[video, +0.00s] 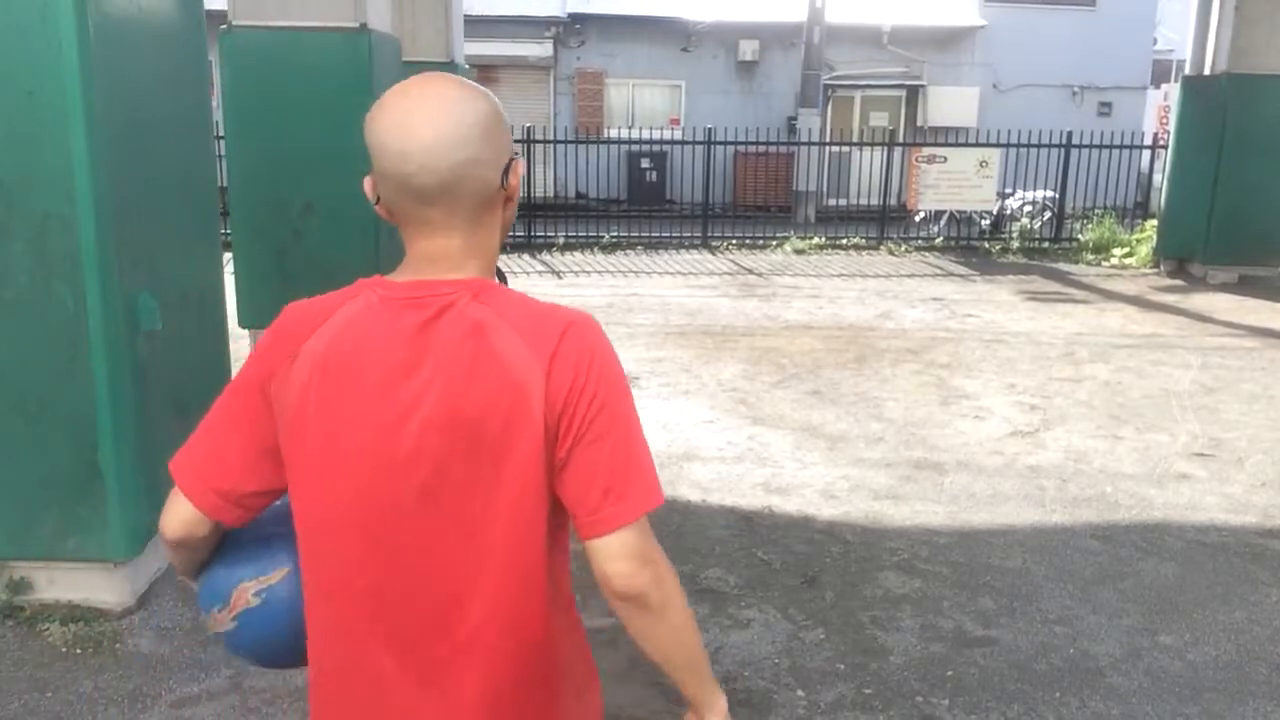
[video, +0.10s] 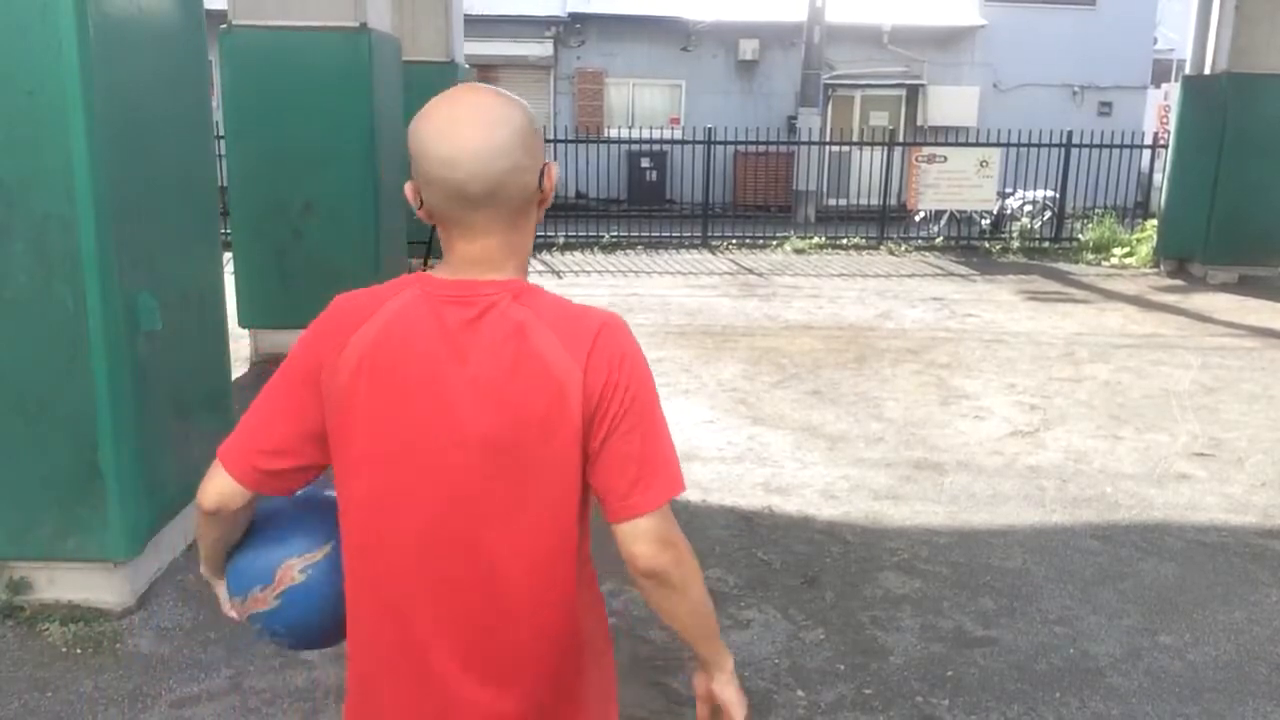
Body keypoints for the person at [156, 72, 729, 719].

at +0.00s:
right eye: (519, 162)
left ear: (376, 196)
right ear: (511, 184)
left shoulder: (302, 336)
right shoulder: (561, 345)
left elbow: (181, 526)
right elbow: (628, 573)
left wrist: (211, 571)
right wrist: (708, 699)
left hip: (352, 704)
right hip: (527, 704)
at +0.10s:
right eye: (554, 165)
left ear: (417, 199)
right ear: (546, 185)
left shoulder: (350, 326)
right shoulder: (593, 342)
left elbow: (221, 497)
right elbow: (649, 547)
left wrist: (213, 566)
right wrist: (715, 663)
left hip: (391, 699)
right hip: (552, 699)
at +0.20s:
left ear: (449, 186)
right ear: (566, 174)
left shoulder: (382, 297)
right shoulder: (613, 311)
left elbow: (244, 444)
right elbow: (658, 502)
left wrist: (226, 534)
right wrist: (686, 587)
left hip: (428, 653)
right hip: (565, 653)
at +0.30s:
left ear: (457, 181)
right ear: (565, 162)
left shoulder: (400, 284)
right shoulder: (618, 293)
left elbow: (262, 421)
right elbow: (655, 467)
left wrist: (236, 502)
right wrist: (639, 520)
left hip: (442, 610)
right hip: (570, 612)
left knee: (437, 703)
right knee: (572, 708)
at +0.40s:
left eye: (450, 169)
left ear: (460, 185)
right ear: (560, 162)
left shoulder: (407, 284)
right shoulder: (616, 290)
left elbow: (290, 426)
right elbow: (648, 451)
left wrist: (246, 497)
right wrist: (581, 477)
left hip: (448, 612)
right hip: (571, 614)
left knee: (442, 704)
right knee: (568, 711)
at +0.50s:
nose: (443, 187)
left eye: (445, 177)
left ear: (456, 191)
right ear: (548, 176)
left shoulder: (412, 289)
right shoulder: (602, 289)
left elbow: (352, 450)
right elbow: (633, 432)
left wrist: (284, 504)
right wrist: (545, 419)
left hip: (452, 598)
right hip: (566, 599)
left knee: (452, 710)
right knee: (563, 711)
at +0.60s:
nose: (436, 189)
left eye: (436, 179)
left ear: (445, 195)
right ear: (531, 183)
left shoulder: (408, 299)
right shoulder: (584, 288)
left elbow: (398, 465)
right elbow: (614, 423)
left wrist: (336, 520)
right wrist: (526, 403)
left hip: (443, 576)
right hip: (550, 578)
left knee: (447, 705)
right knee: (553, 710)